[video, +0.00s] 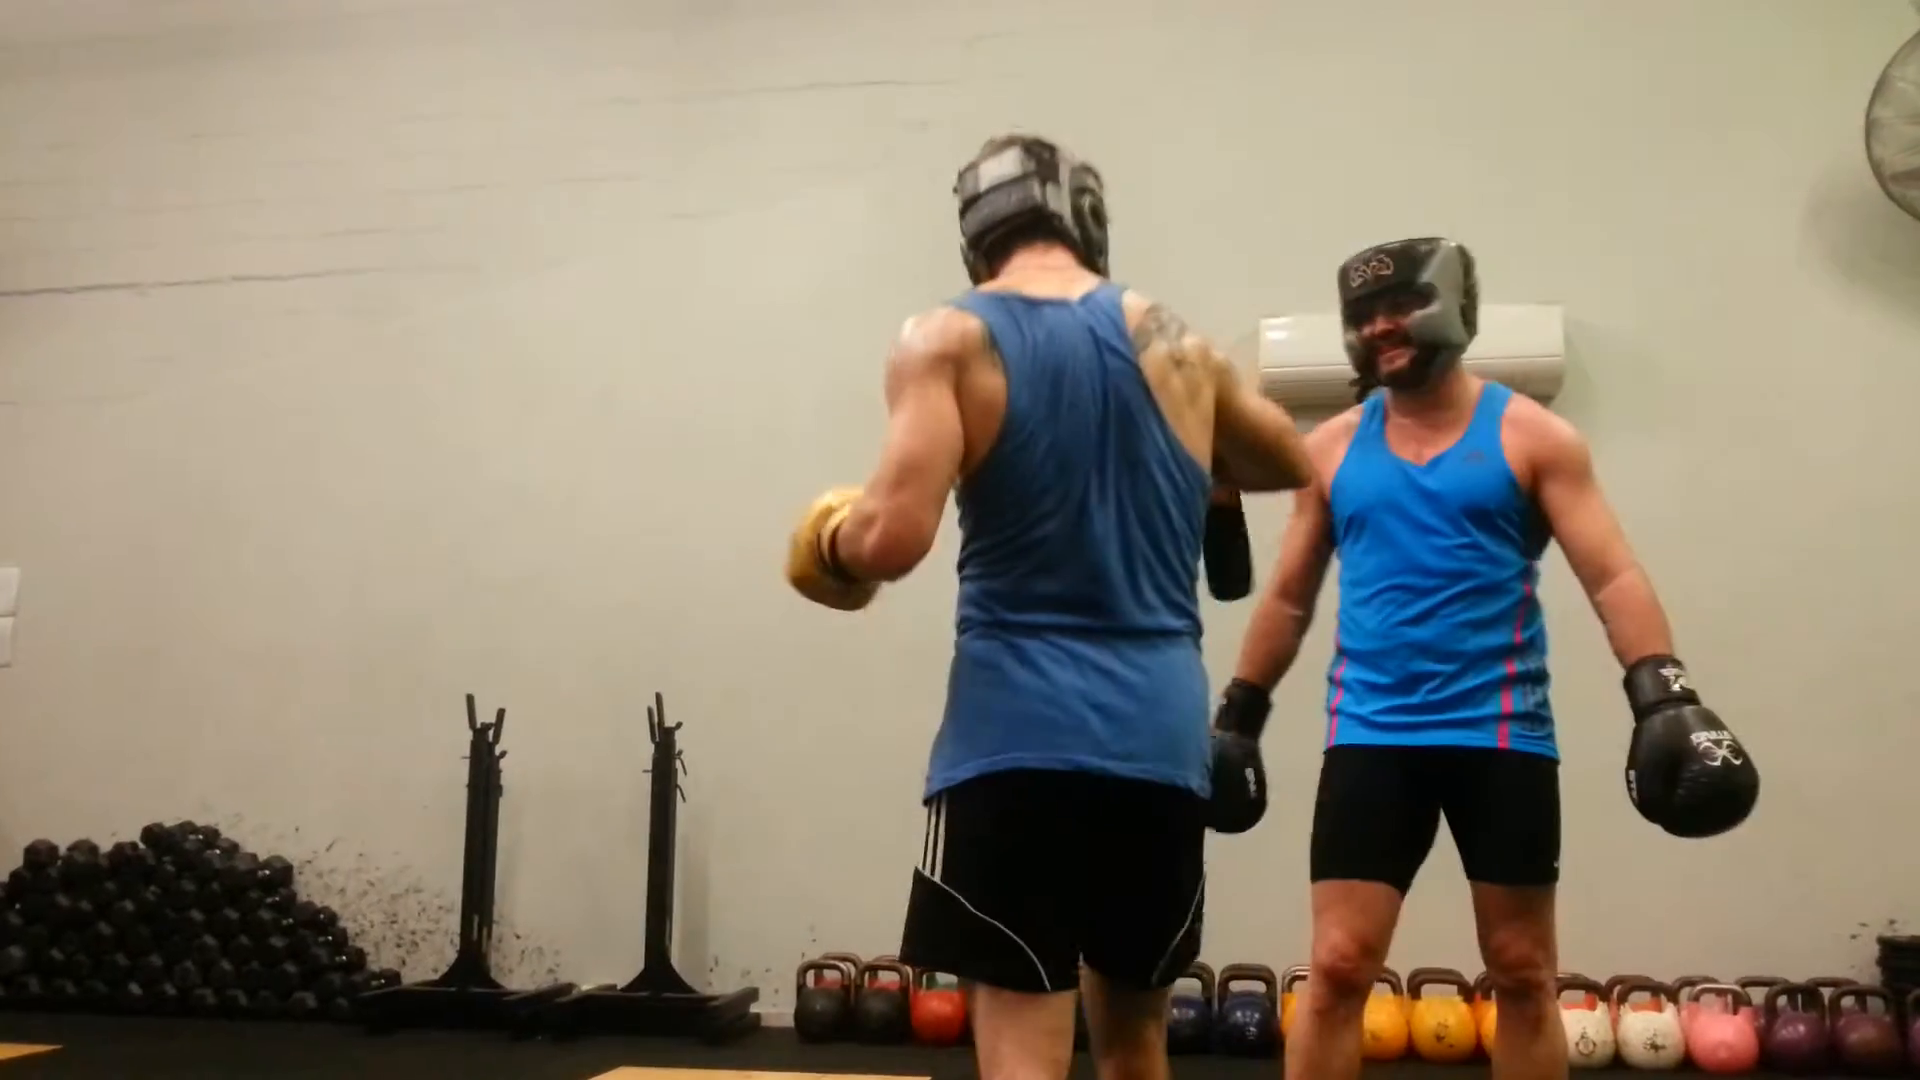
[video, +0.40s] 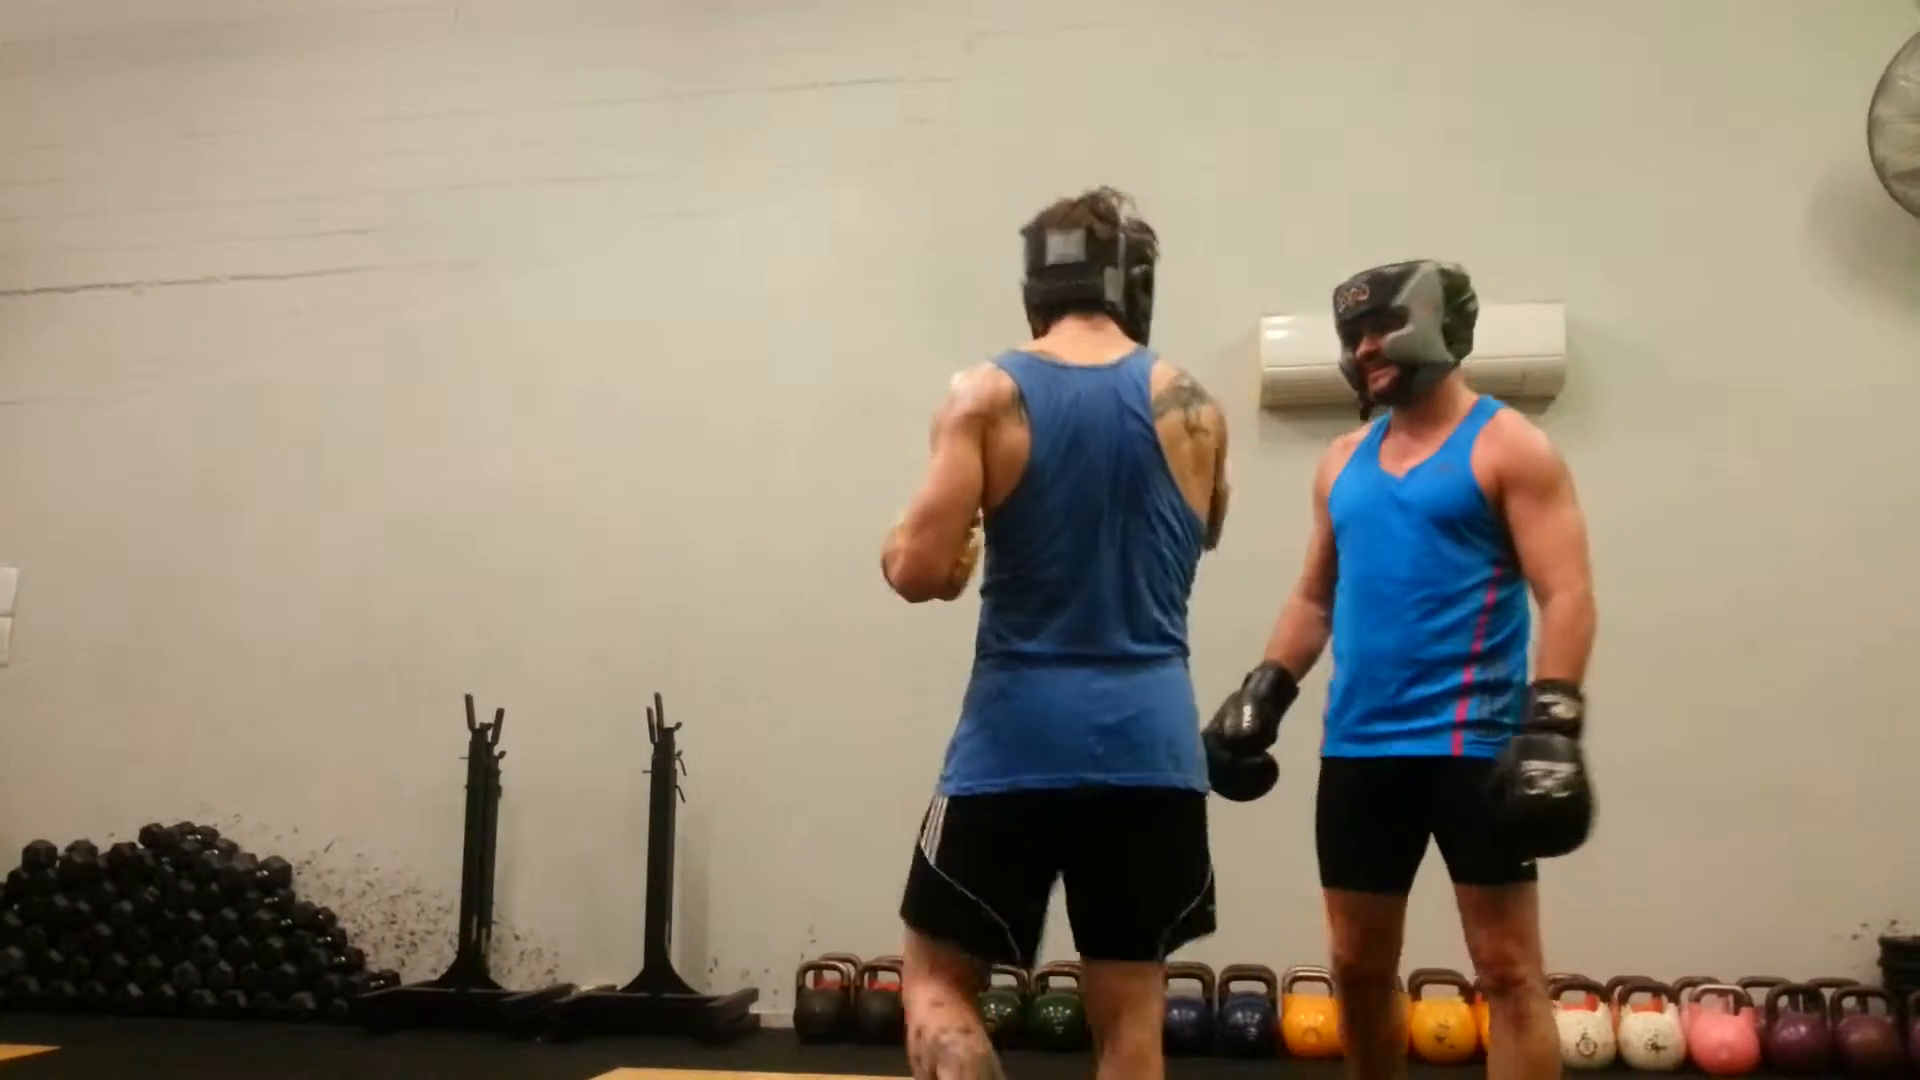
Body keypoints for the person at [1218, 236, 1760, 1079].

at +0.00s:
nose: (1383, 327)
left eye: (1403, 307)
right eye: (1367, 315)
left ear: (1451, 310)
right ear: (1353, 334)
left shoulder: (1533, 437)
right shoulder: (1333, 446)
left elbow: (1610, 575)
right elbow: (1287, 595)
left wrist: (1663, 698)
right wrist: (1236, 720)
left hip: (1504, 738)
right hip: (1372, 739)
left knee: (1522, 972)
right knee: (1338, 969)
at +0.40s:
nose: (1365, 353)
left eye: (1384, 333)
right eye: (1355, 341)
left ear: (1438, 330)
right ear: (1349, 354)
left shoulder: (1510, 447)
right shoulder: (1341, 463)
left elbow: (1567, 595)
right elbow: (1312, 600)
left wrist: (1551, 729)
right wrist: (1261, 695)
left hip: (1477, 754)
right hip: (1360, 754)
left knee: (1507, 972)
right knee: (1358, 967)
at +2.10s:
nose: (1360, 440)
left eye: (1376, 424)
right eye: (1352, 427)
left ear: (1417, 429)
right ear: (1342, 441)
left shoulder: (1468, 522)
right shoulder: (1329, 539)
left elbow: (1529, 637)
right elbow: (1313, 654)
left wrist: (1556, 750)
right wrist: (1284, 754)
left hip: (1452, 767)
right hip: (1358, 771)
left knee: (1481, 941)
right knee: (1359, 944)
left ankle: (1500, 1077)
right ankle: (1371, 1073)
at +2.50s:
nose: (1323, 463)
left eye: (1337, 447)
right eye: (1308, 453)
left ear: (1368, 448)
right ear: (1295, 466)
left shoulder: (1425, 532)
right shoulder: (1283, 555)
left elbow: (1482, 637)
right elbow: (1251, 665)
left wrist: (1478, 732)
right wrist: (1214, 750)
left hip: (1423, 762)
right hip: (1331, 769)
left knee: (1460, 926)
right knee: (1348, 930)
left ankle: (1493, 1076)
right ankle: (1367, 1072)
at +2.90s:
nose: (1341, 470)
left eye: (1353, 454)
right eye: (1325, 462)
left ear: (1382, 454)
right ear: (1311, 474)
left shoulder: (1445, 538)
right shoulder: (1302, 563)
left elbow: (1503, 636)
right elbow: (1281, 668)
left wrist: (1530, 735)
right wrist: (1265, 758)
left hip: (1442, 766)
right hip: (1348, 771)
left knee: (1480, 935)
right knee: (1359, 932)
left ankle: (1509, 1074)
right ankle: (1369, 1074)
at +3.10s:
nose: (1366, 472)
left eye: (1378, 456)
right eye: (1350, 464)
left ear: (1409, 454)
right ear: (1337, 475)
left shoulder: (1472, 537)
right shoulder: (1332, 561)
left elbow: (1531, 637)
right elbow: (1315, 658)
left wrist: (1555, 737)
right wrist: (1308, 702)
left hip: (1464, 767)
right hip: (1371, 770)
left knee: (1492, 933)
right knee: (1371, 932)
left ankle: (1515, 1074)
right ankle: (1374, 1074)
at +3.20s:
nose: (1380, 466)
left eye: (1393, 449)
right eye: (1364, 457)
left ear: (1424, 452)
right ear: (1351, 472)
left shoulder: (1487, 537)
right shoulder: (1345, 559)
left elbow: (1543, 639)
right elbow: (1323, 671)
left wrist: (1564, 737)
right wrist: (1326, 651)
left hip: (1475, 765)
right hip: (1382, 769)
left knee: (1500, 932)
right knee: (1377, 931)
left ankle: (1519, 1074)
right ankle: (1375, 1075)